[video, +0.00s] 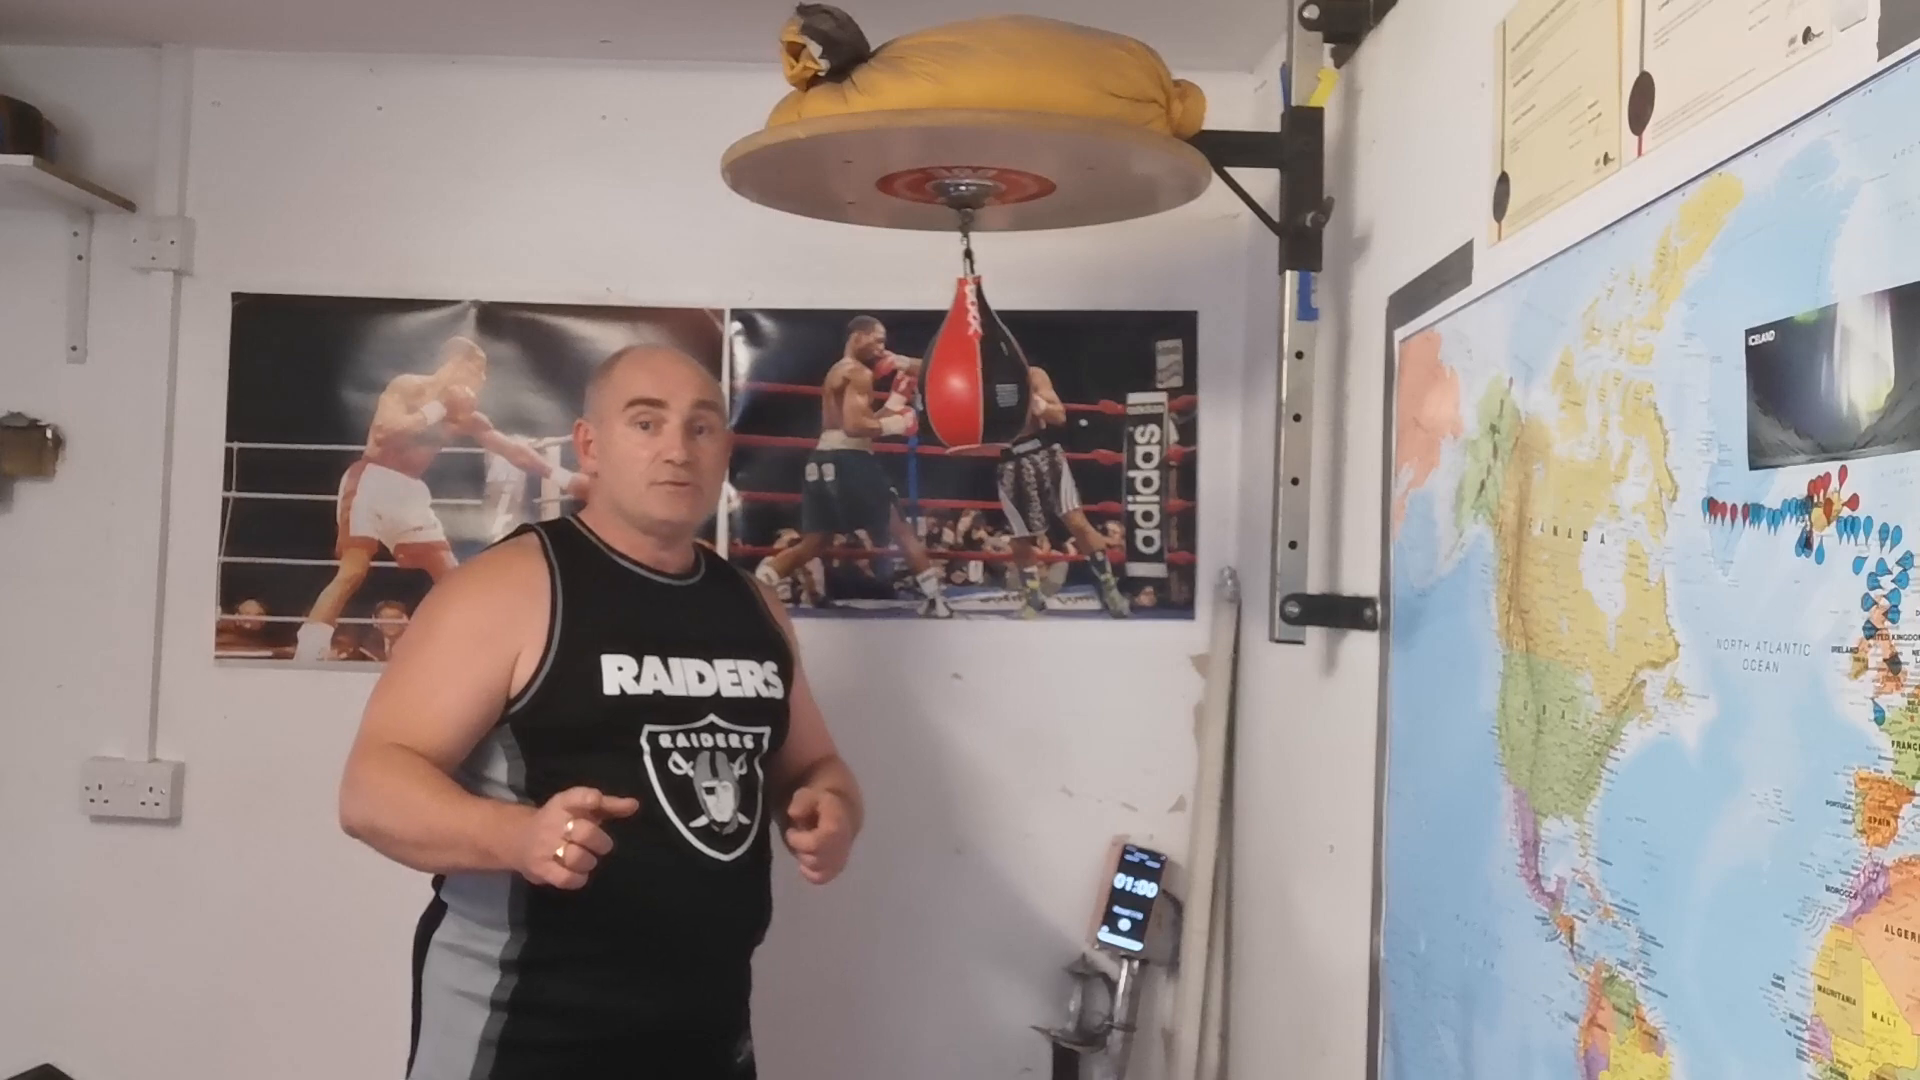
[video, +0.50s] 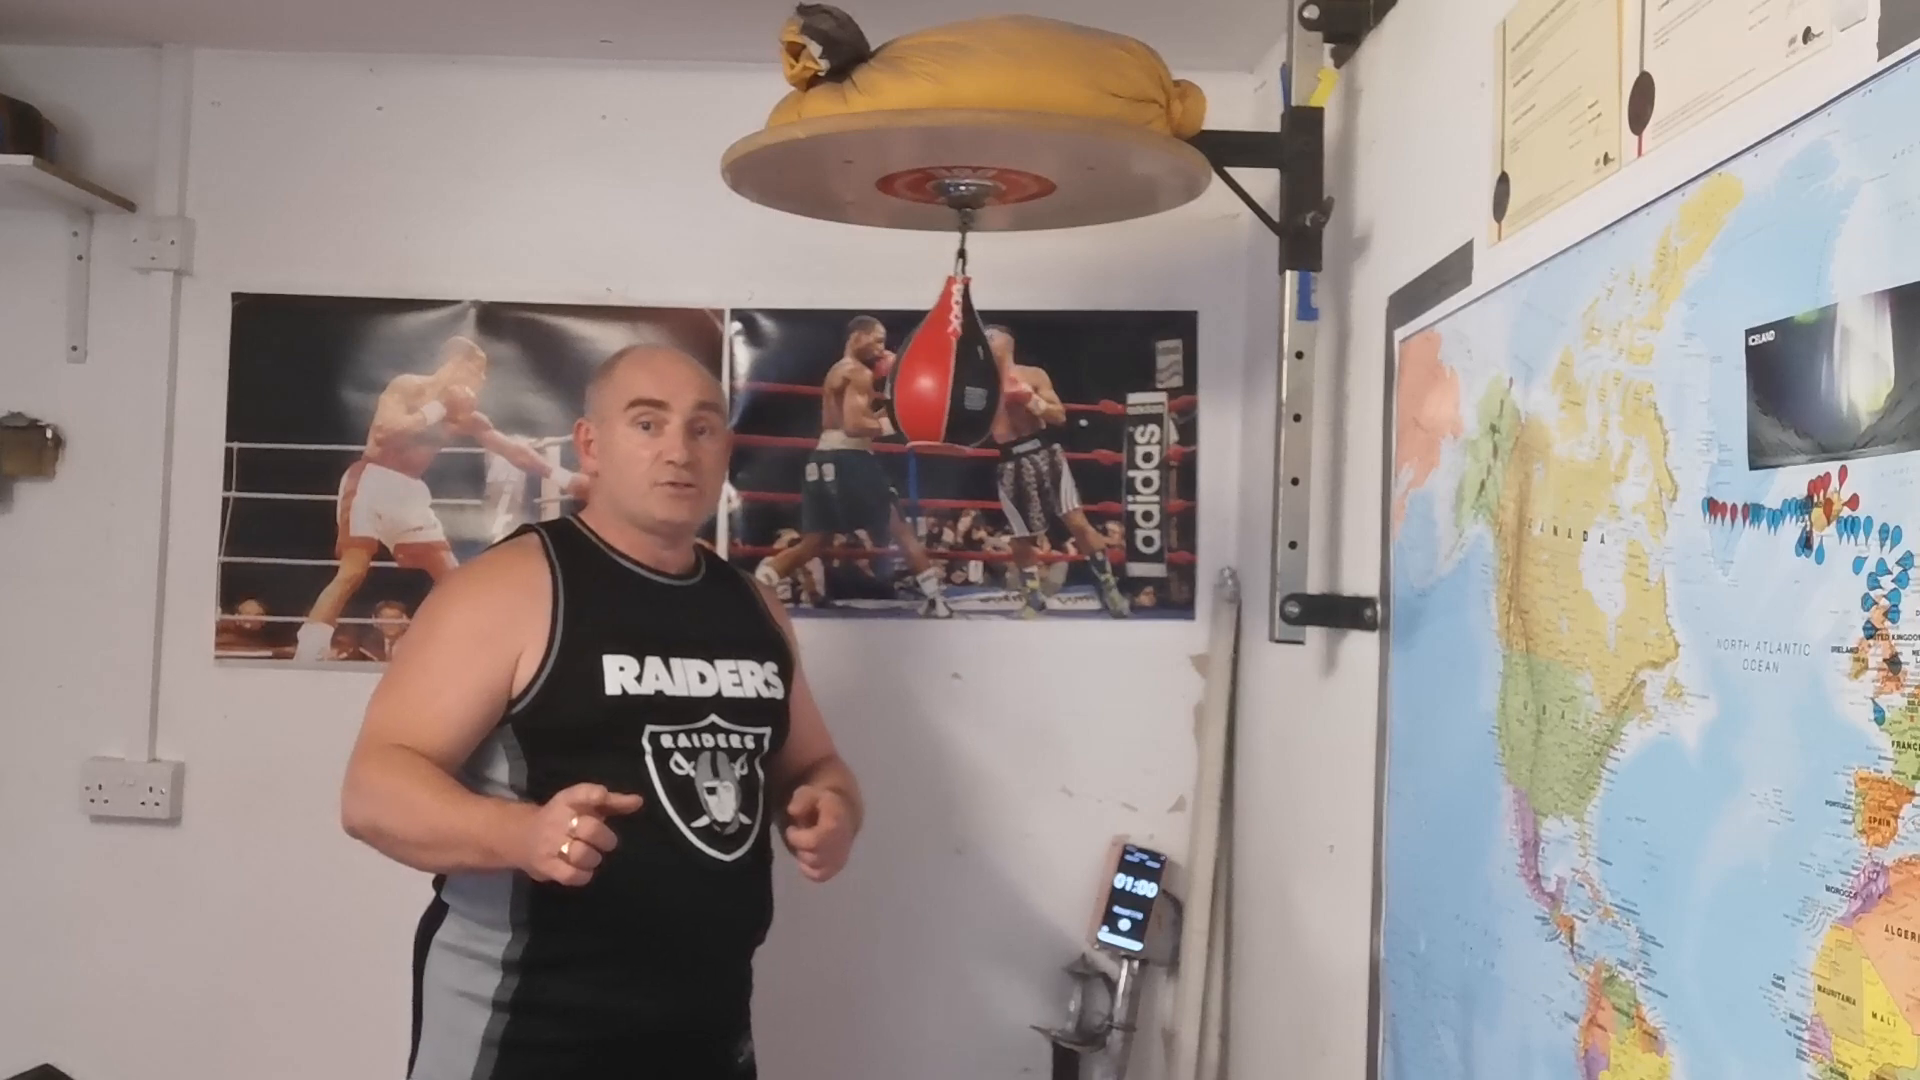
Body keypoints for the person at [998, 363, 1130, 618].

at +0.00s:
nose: (1001, 359)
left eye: (1004, 352)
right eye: (994, 356)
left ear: (1013, 352)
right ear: (987, 362)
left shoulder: (1034, 376)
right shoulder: (982, 387)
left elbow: (1059, 416)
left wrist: (1043, 408)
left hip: (1047, 456)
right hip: (1011, 465)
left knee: (1076, 522)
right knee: (1021, 536)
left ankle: (1110, 590)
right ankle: (1032, 599)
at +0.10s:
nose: (996, 353)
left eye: (1000, 346)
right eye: (991, 348)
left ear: (1011, 346)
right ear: (985, 353)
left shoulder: (1034, 375)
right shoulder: (982, 383)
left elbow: (1059, 416)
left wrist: (1039, 406)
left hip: (1046, 456)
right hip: (1011, 465)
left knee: (1075, 522)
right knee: (1022, 538)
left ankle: (1108, 589)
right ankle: (1033, 600)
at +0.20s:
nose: (996, 355)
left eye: (1000, 348)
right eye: (992, 350)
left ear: (1011, 348)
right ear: (985, 353)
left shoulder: (1033, 375)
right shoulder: (983, 384)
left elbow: (1059, 416)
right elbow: (978, 426)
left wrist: (1036, 403)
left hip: (1045, 456)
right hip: (1011, 464)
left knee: (1076, 522)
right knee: (1023, 537)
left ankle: (1109, 589)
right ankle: (1033, 598)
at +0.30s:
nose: (989, 348)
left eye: (993, 341)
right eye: (984, 343)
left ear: (1008, 345)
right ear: (981, 351)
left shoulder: (1034, 375)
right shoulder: (982, 384)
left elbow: (1059, 415)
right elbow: (976, 425)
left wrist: (1034, 401)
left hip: (1045, 456)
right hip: (1011, 464)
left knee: (1075, 521)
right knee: (1021, 537)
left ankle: (1109, 588)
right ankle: (1033, 598)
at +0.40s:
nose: (986, 346)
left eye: (991, 339)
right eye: (983, 341)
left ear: (1009, 345)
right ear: (980, 350)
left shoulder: (1033, 375)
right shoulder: (981, 385)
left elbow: (1059, 416)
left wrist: (1033, 401)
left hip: (1046, 456)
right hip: (1011, 464)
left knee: (1076, 522)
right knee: (1021, 537)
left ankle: (1109, 588)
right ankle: (1032, 598)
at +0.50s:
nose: (994, 352)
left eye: (998, 345)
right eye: (989, 347)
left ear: (1010, 347)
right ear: (983, 352)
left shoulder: (1034, 375)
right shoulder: (983, 383)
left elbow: (1059, 415)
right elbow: (979, 425)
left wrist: (1036, 403)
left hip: (1046, 456)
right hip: (1011, 464)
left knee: (1076, 522)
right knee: (1022, 537)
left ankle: (1109, 588)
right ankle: (1032, 597)